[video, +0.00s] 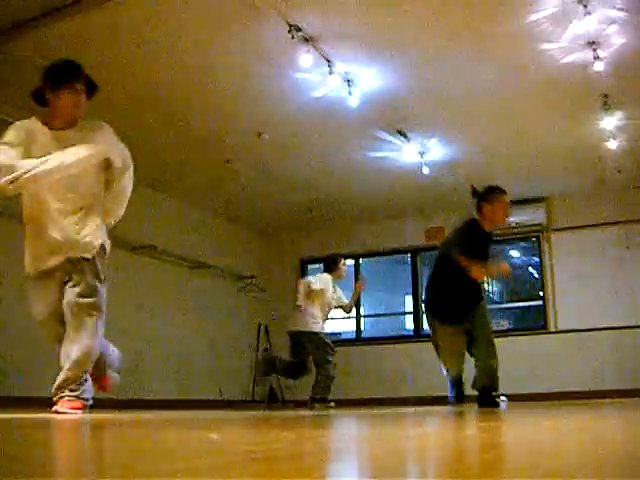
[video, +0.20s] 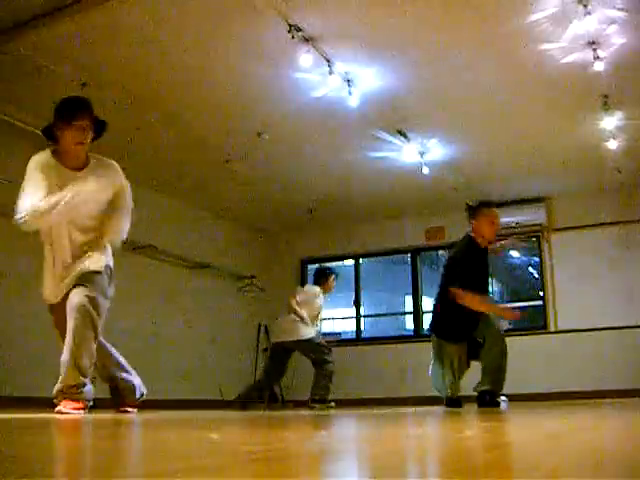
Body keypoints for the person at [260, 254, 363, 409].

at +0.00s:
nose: (345, 269)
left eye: (344, 265)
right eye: (342, 265)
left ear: (333, 268)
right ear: (334, 267)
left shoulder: (334, 290)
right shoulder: (324, 278)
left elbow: (347, 309)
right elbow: (302, 283)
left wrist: (356, 293)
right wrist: (300, 301)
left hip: (297, 327)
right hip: (309, 326)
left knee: (300, 368)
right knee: (327, 359)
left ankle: (271, 363)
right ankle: (319, 398)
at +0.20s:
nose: (334, 285)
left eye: (334, 281)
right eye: (332, 281)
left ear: (318, 280)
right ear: (325, 281)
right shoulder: (314, 290)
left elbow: (308, 321)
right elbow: (292, 300)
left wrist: (317, 338)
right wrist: (303, 316)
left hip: (281, 334)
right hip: (298, 332)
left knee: (271, 376)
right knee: (324, 359)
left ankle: (241, 402)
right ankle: (319, 399)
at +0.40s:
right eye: (317, 272)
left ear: (297, 270)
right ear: (315, 272)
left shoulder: (285, 283)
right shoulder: (314, 286)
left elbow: (269, 276)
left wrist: (266, 297)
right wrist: (340, 300)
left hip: (279, 333)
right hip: (302, 332)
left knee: (269, 369)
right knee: (324, 361)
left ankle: (245, 398)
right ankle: (319, 397)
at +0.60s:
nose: (285, 241)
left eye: (288, 238)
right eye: (286, 237)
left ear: (296, 241)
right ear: (302, 243)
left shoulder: (293, 254)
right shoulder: (304, 262)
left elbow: (289, 272)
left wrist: (272, 282)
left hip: (295, 305)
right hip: (311, 311)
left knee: (266, 330)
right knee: (294, 351)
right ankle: (309, 389)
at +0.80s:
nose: (299, 247)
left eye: (301, 243)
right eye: (295, 244)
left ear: (304, 246)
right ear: (288, 248)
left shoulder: (314, 267)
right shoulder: (281, 270)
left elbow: (327, 289)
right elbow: (268, 287)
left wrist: (315, 299)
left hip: (313, 319)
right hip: (289, 322)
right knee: (287, 363)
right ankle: (291, 398)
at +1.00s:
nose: (318, 244)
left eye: (318, 240)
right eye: (314, 240)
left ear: (319, 244)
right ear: (304, 244)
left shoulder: (325, 265)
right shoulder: (291, 262)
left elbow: (331, 289)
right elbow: (277, 283)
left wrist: (347, 292)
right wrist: (292, 285)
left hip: (322, 314)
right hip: (301, 313)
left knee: (345, 349)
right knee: (298, 349)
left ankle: (344, 386)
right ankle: (281, 393)